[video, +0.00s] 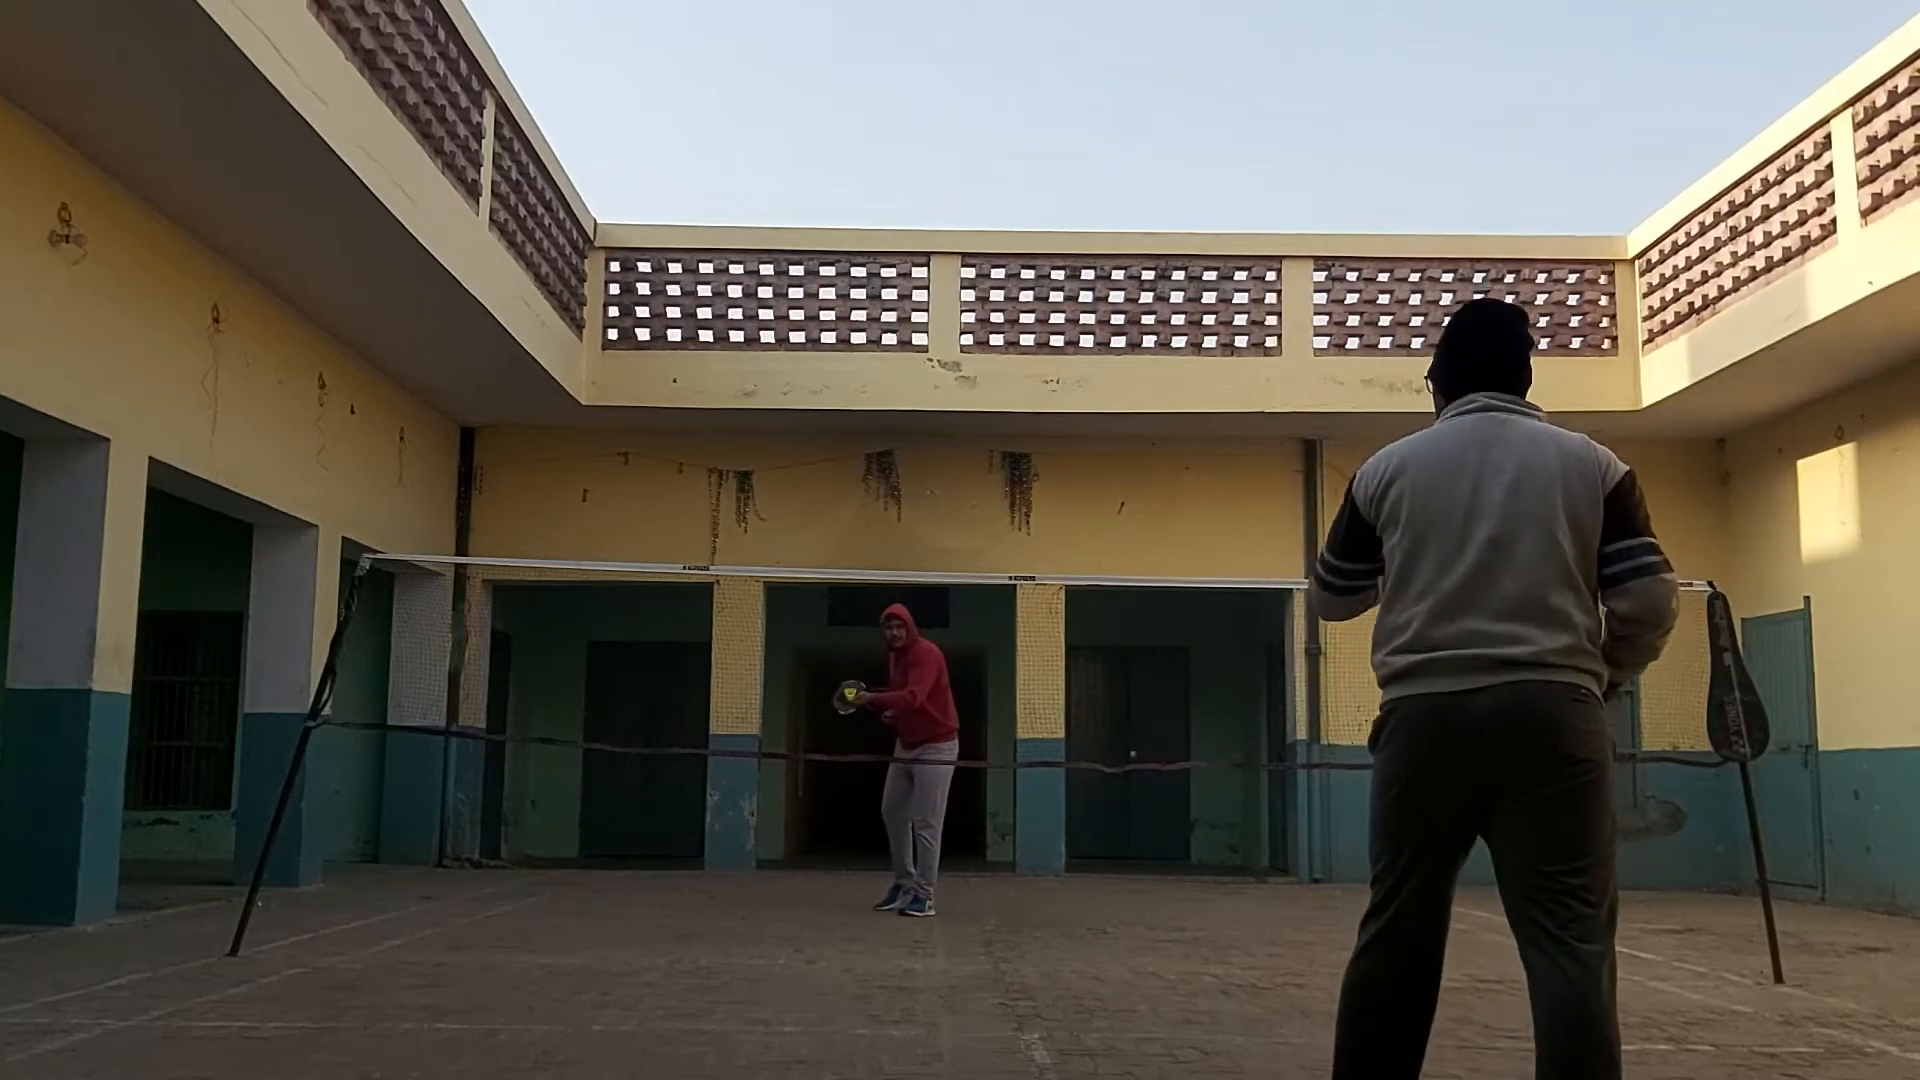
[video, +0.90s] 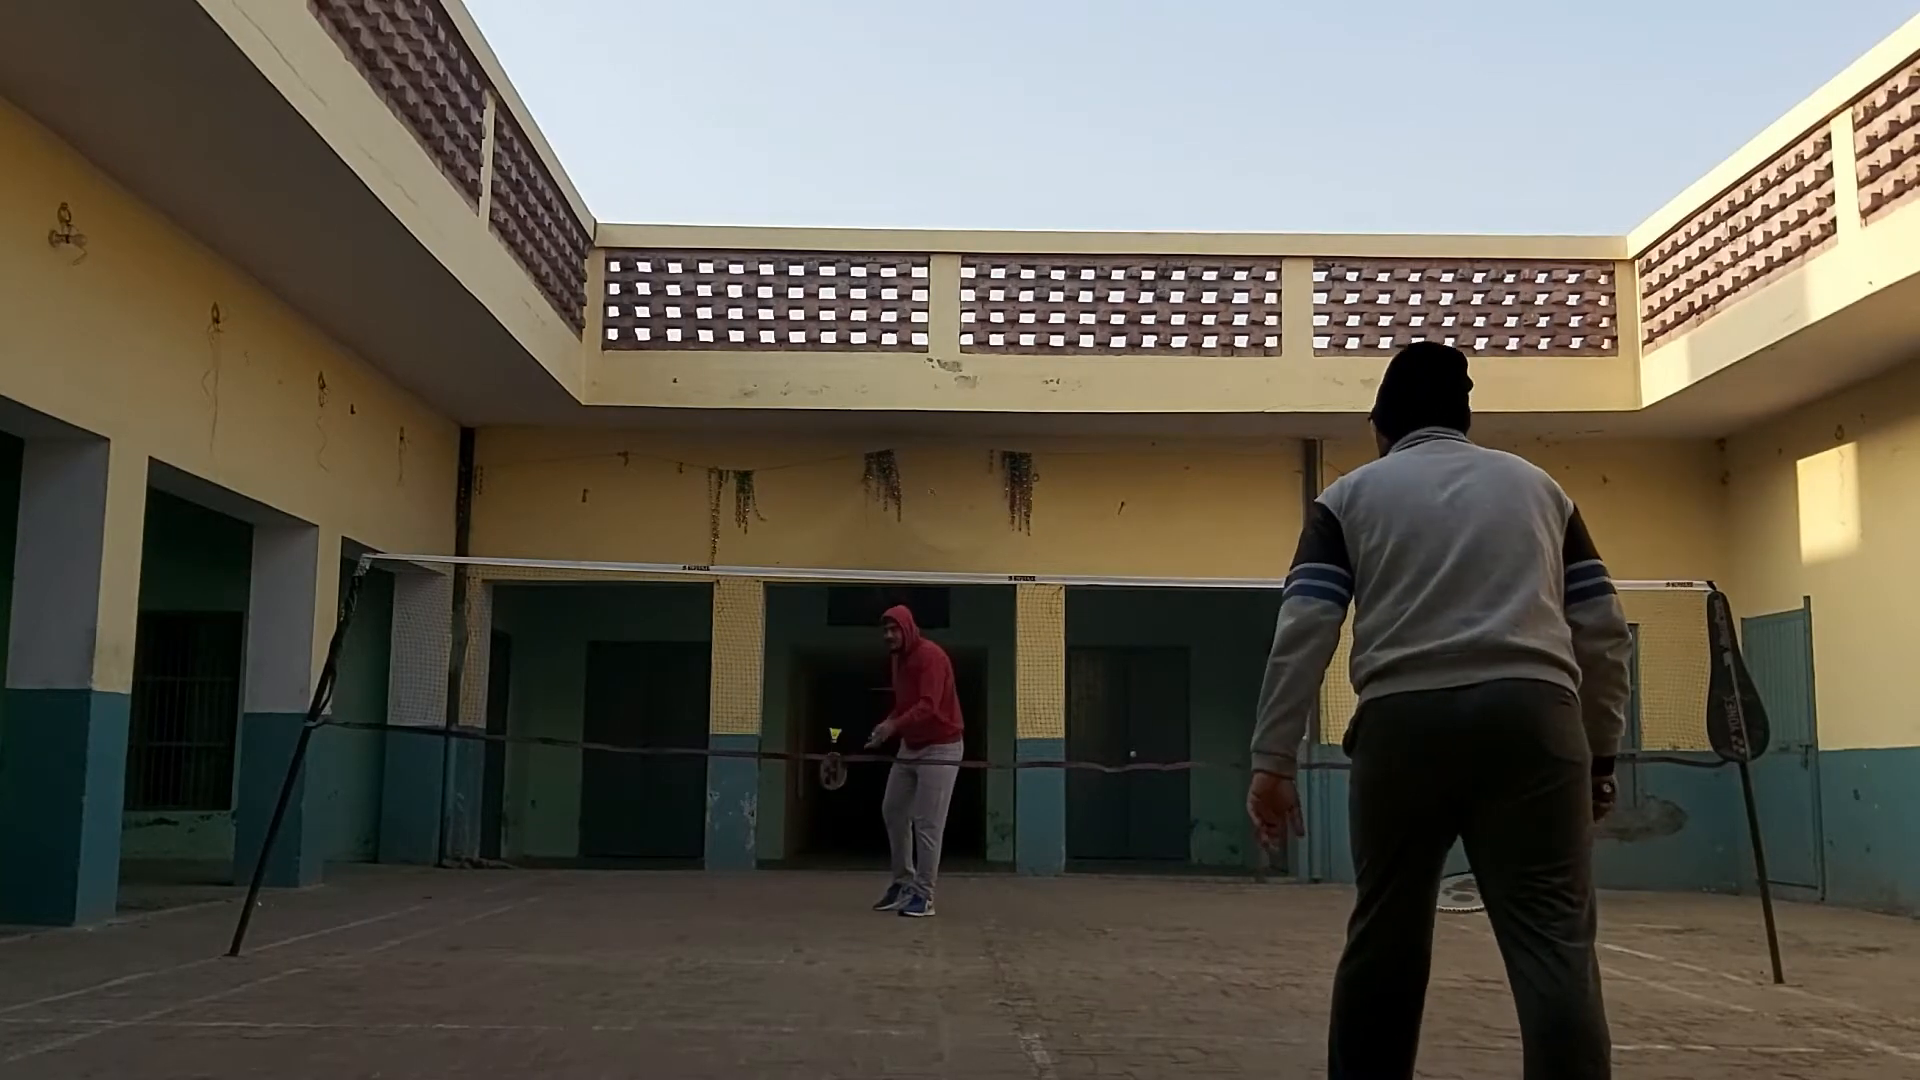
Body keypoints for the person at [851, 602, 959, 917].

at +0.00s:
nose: (894, 632)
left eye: (899, 626)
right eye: (889, 627)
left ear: (911, 628)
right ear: (883, 632)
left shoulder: (926, 653)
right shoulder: (896, 656)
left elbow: (913, 697)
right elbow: (904, 697)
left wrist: (867, 698)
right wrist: (892, 710)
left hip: (936, 747)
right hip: (906, 745)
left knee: (926, 821)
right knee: (893, 813)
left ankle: (923, 894)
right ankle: (904, 884)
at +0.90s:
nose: (888, 634)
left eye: (893, 628)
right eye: (886, 629)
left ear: (909, 629)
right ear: (887, 632)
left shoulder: (930, 655)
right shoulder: (901, 660)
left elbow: (929, 706)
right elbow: (906, 704)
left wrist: (893, 726)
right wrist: (889, 726)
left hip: (939, 750)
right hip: (911, 748)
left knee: (928, 822)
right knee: (894, 812)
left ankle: (923, 894)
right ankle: (902, 883)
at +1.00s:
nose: (897, 632)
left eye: (902, 627)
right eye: (893, 628)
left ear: (915, 628)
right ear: (890, 632)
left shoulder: (936, 655)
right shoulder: (899, 660)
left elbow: (942, 708)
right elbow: (896, 698)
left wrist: (918, 739)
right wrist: (895, 715)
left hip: (941, 751)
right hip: (910, 749)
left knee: (929, 823)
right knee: (891, 812)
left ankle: (924, 894)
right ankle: (902, 882)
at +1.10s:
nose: (906, 630)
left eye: (911, 624)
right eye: (901, 625)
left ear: (922, 627)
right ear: (896, 630)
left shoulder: (943, 656)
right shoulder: (897, 660)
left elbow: (953, 703)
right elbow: (887, 702)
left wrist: (949, 743)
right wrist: (904, 702)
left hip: (941, 750)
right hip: (909, 748)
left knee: (930, 823)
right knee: (890, 811)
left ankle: (924, 895)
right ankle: (908, 880)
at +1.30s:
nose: (928, 631)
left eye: (933, 626)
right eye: (923, 626)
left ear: (942, 631)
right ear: (915, 632)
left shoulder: (959, 661)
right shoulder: (904, 662)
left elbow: (982, 701)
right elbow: (892, 702)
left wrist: (990, 739)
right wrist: (918, 704)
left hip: (943, 753)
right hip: (908, 752)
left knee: (927, 824)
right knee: (899, 820)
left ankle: (922, 895)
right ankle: (931, 868)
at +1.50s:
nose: (942, 640)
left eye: (947, 636)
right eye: (937, 636)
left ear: (954, 642)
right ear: (928, 641)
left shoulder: (968, 673)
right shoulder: (912, 673)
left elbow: (992, 712)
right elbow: (898, 714)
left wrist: (1000, 749)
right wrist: (908, 741)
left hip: (951, 760)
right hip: (915, 760)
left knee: (937, 823)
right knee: (913, 825)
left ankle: (927, 891)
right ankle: (936, 884)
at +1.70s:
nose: (956, 635)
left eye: (961, 632)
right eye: (951, 631)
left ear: (968, 638)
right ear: (941, 636)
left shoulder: (982, 668)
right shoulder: (924, 669)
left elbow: (996, 711)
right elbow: (907, 715)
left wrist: (1001, 747)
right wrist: (897, 756)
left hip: (972, 755)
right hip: (932, 755)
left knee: (977, 813)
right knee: (932, 821)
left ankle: (962, 885)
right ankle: (936, 886)